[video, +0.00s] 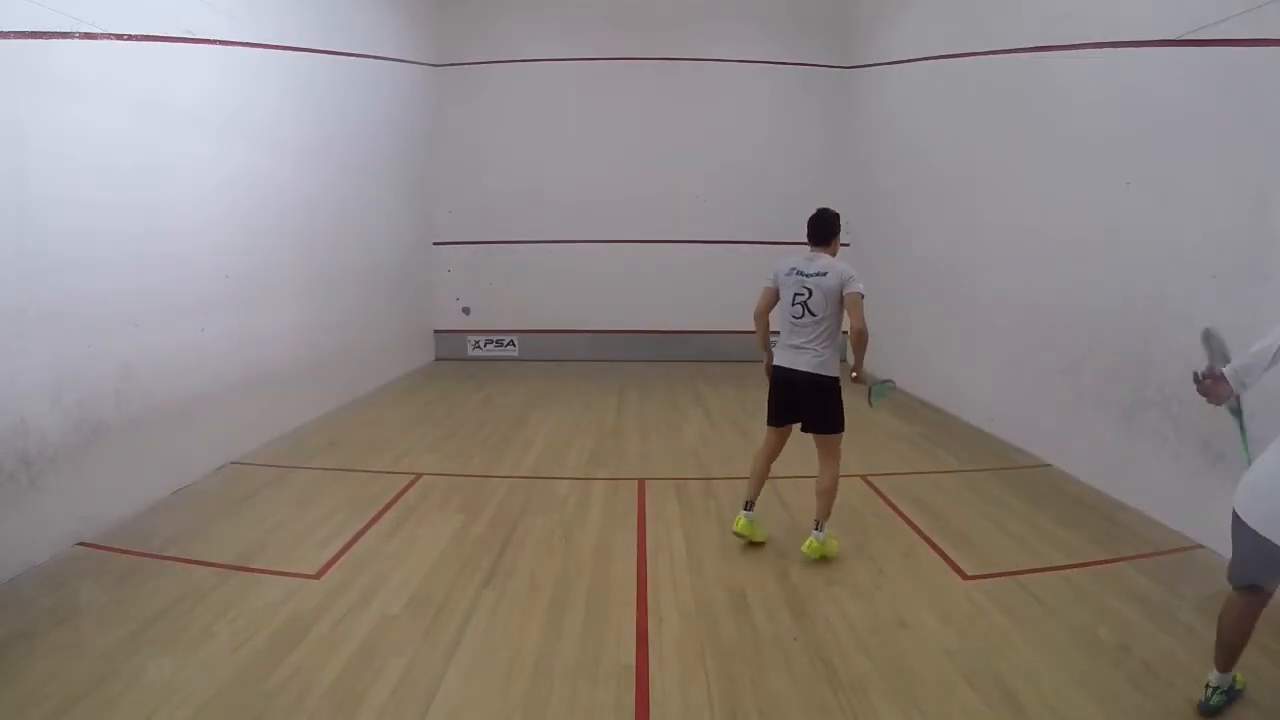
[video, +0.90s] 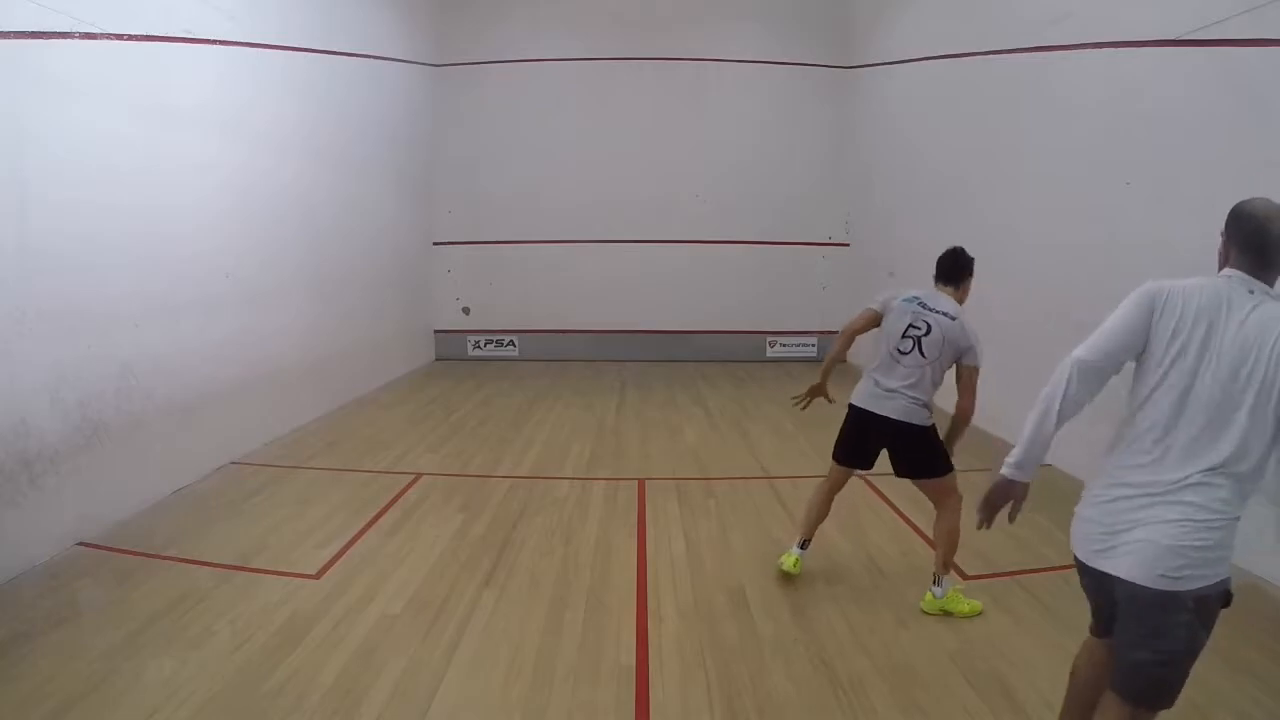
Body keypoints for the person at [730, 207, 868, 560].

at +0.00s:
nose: (841, 241)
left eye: (837, 235)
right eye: (841, 236)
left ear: (808, 236)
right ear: (837, 238)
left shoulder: (787, 268)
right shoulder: (844, 272)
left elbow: (760, 312)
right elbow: (857, 328)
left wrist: (767, 354)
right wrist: (858, 368)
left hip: (783, 374)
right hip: (821, 380)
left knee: (771, 442)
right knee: (829, 458)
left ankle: (745, 514)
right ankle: (818, 535)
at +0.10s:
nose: (848, 257)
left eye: (838, 251)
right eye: (849, 252)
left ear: (817, 252)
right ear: (846, 255)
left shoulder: (793, 283)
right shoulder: (849, 294)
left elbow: (765, 328)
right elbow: (865, 352)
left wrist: (775, 364)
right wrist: (870, 391)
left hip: (787, 396)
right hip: (827, 403)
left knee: (766, 464)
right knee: (854, 475)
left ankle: (739, 534)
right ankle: (858, 556)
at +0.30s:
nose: (894, 261)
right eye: (895, 256)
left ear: (861, 256)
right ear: (894, 260)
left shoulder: (833, 292)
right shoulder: (894, 303)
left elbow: (807, 342)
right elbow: (899, 369)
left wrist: (800, 387)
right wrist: (910, 417)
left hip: (827, 405)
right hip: (870, 414)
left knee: (792, 473)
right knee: (900, 488)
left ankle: (755, 534)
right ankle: (882, 572)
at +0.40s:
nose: (925, 263)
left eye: (920, 256)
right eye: (926, 258)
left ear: (891, 253)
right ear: (922, 260)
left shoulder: (861, 286)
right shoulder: (913, 300)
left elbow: (828, 335)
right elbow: (915, 369)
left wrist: (822, 385)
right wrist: (929, 425)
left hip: (845, 405)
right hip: (886, 413)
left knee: (821, 475)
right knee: (927, 485)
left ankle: (777, 538)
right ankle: (901, 567)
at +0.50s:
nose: (956, 284)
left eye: (957, 278)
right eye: (957, 277)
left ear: (922, 271)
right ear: (950, 276)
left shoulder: (889, 302)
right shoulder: (937, 317)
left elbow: (850, 342)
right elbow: (935, 390)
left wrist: (834, 390)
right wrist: (963, 447)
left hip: (861, 419)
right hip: (902, 430)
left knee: (840, 485)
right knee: (948, 503)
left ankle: (785, 548)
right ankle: (939, 591)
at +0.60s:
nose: (983, 309)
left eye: (984, 301)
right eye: (984, 301)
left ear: (952, 292)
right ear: (975, 298)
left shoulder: (914, 317)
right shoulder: (957, 340)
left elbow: (861, 358)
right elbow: (962, 419)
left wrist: (839, 397)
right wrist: (993, 468)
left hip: (872, 432)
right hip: (912, 442)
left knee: (842, 498)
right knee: (972, 508)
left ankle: (783, 553)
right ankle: (942, 591)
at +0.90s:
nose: (970, 290)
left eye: (969, 284)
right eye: (970, 284)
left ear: (934, 277)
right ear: (966, 284)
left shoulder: (899, 301)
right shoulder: (963, 332)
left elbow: (850, 330)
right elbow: (965, 408)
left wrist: (822, 380)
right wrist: (947, 445)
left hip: (863, 410)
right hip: (910, 424)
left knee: (832, 481)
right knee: (948, 501)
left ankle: (796, 552)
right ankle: (939, 590)